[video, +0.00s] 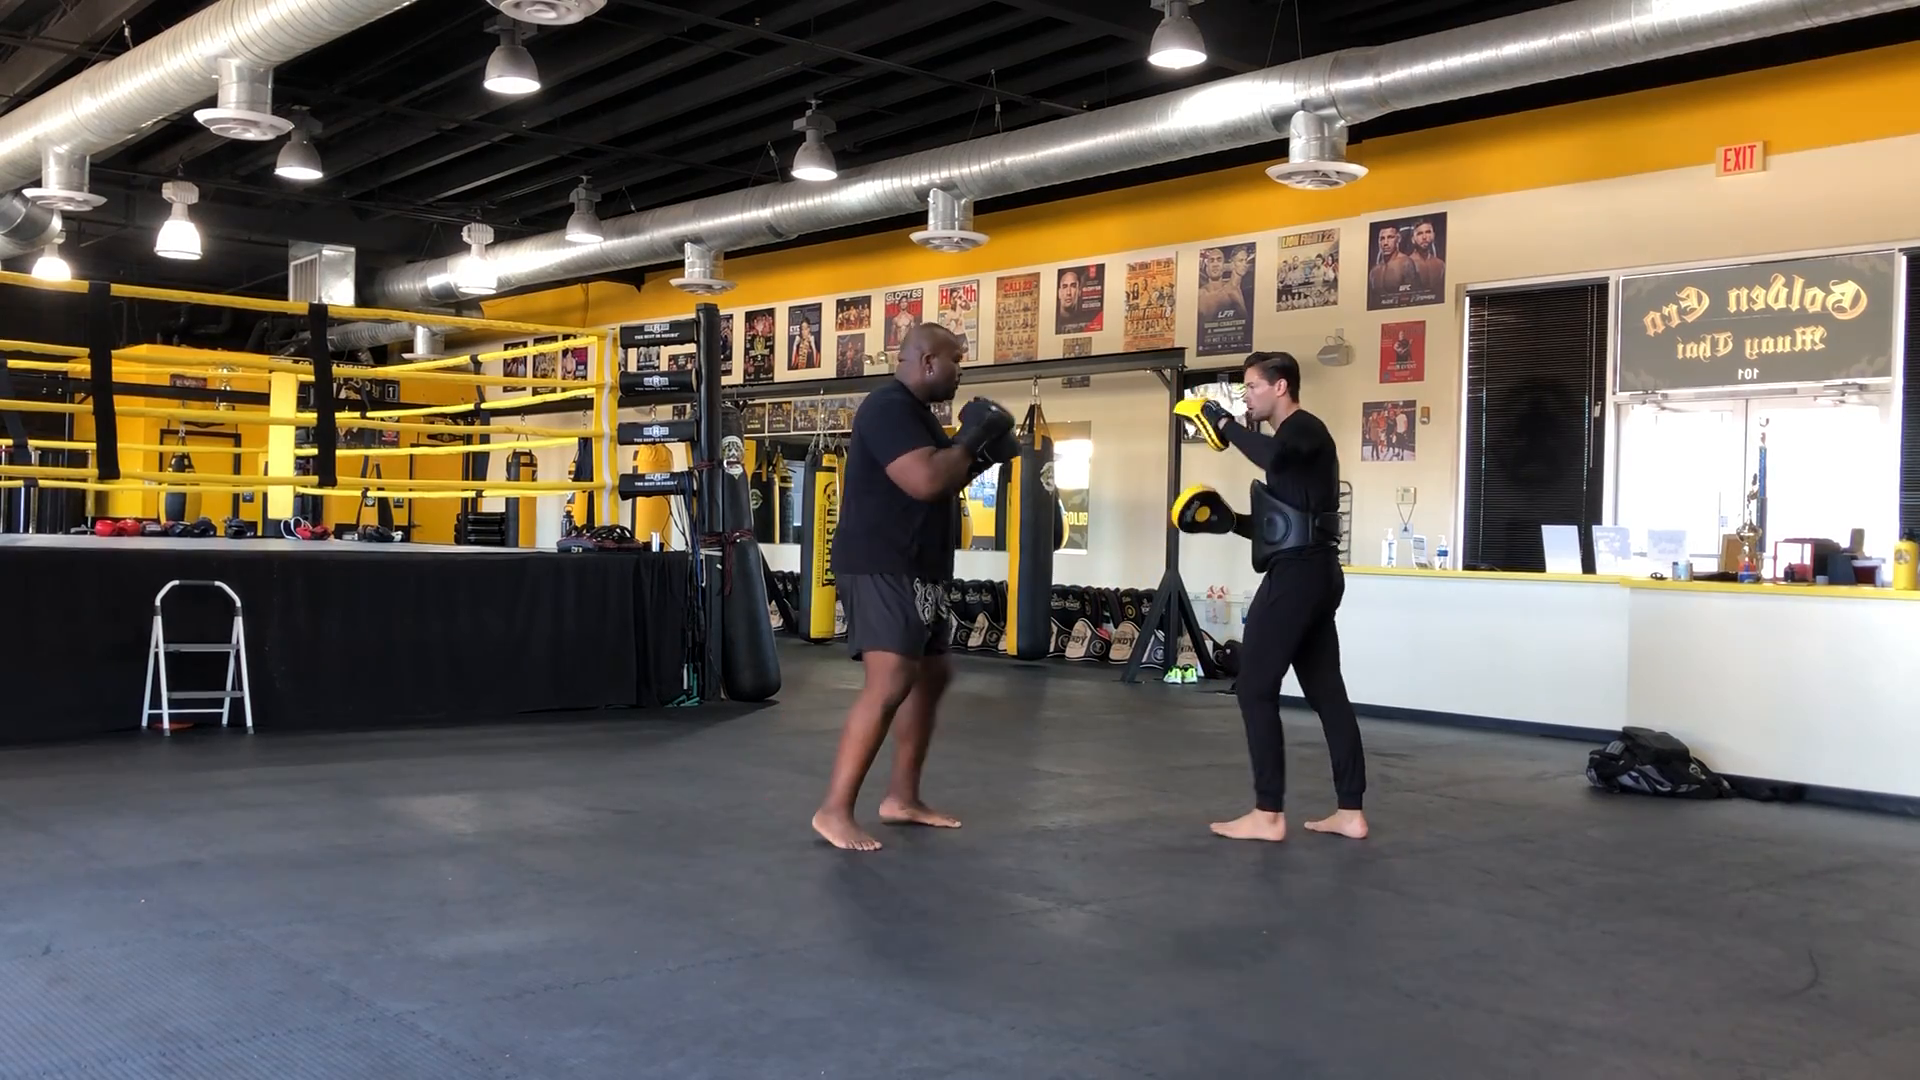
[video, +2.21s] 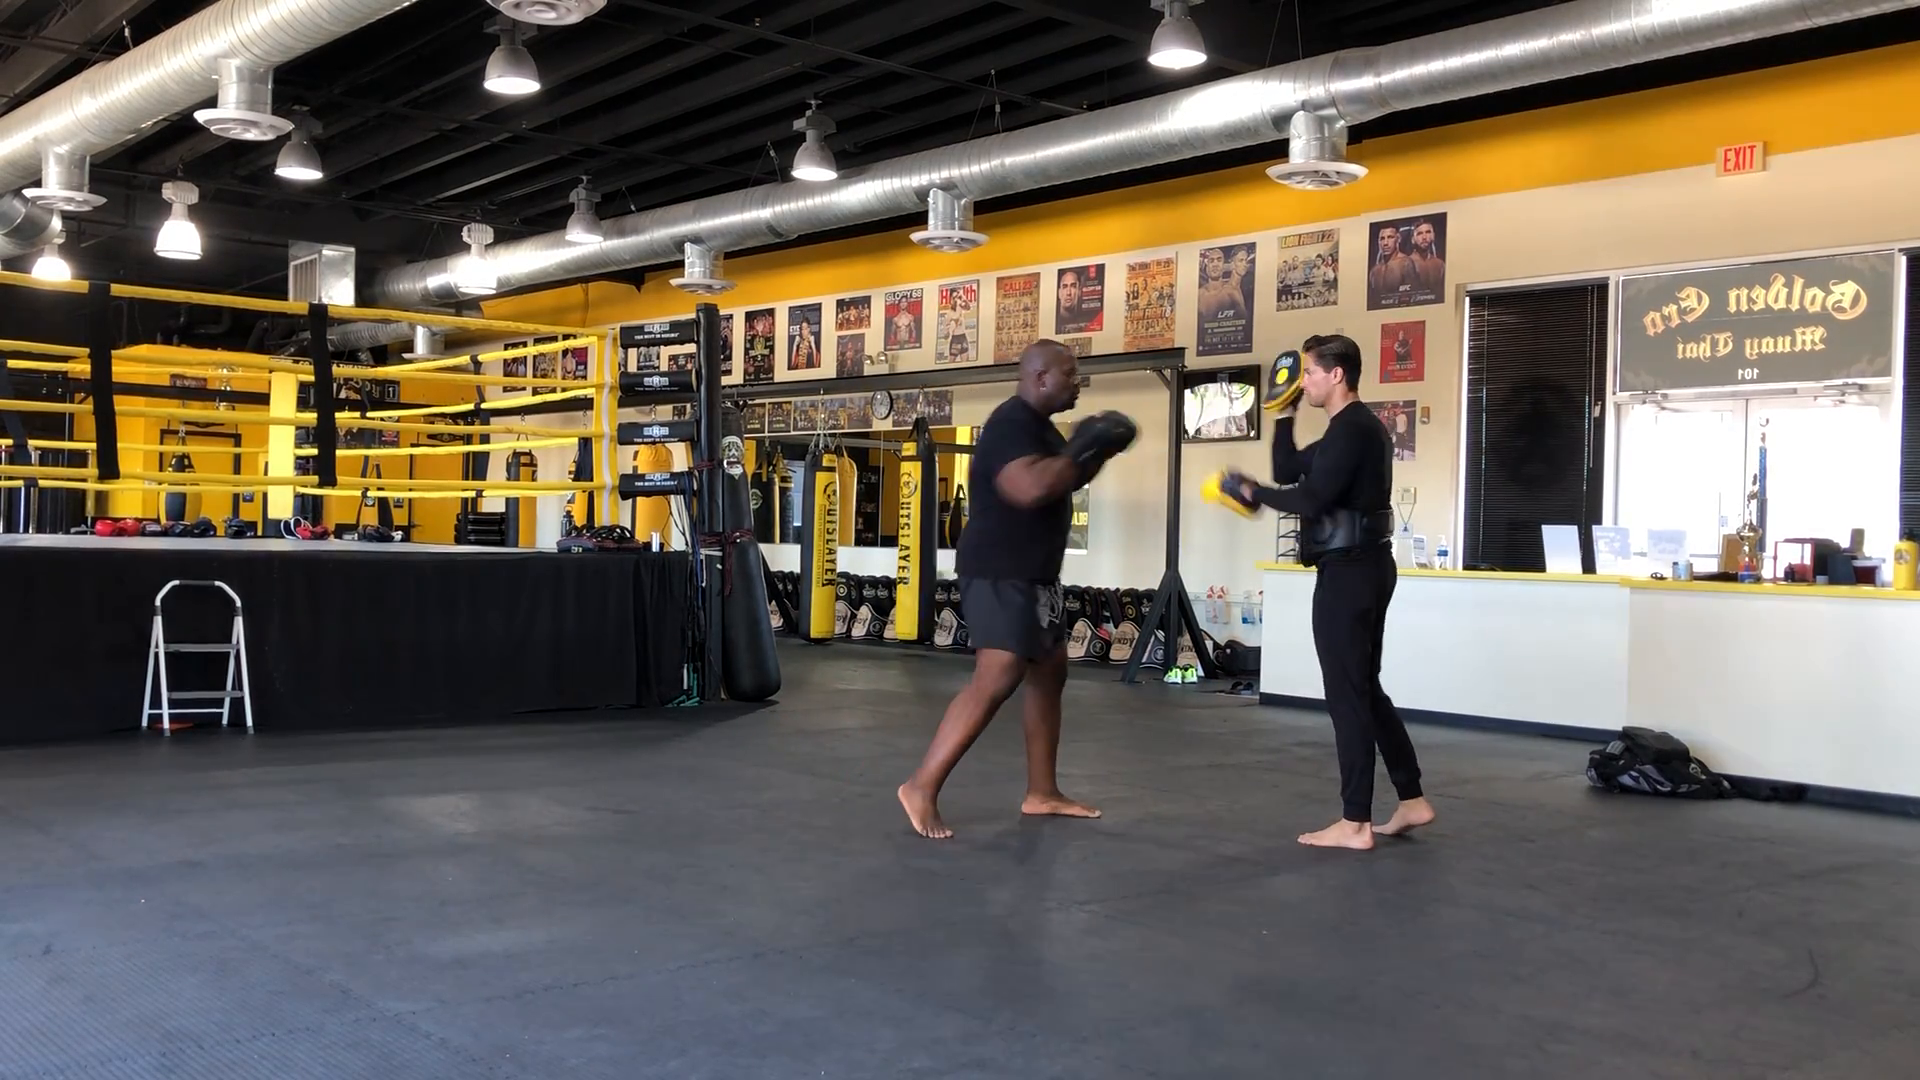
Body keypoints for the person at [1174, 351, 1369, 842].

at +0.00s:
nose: (1245, 395)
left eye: (1252, 386)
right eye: (1244, 387)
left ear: (1281, 386)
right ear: (1278, 388)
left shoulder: (1303, 426)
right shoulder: (1296, 438)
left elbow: (1274, 455)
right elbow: (1283, 526)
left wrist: (1221, 420)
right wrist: (1229, 520)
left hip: (1296, 574)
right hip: (1314, 574)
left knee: (1254, 689)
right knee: (1328, 693)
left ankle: (1268, 815)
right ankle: (1350, 812)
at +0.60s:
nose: (1254, 395)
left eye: (1258, 385)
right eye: (1253, 386)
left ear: (1286, 382)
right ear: (1293, 385)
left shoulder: (1290, 428)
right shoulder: (1339, 433)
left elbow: (1258, 477)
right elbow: (1325, 501)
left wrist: (1201, 470)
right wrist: (1262, 508)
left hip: (1298, 568)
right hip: (1338, 565)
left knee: (1278, 690)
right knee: (1342, 681)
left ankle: (1274, 815)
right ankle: (1400, 793)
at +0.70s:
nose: (1265, 395)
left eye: (1270, 385)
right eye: (1263, 386)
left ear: (1297, 383)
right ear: (1303, 385)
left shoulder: (1304, 436)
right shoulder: (1349, 436)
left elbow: (1292, 508)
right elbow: (1327, 511)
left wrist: (1242, 513)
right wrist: (1262, 515)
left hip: (1308, 572)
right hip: (1347, 571)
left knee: (1282, 695)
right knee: (1353, 687)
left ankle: (1275, 816)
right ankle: (1410, 796)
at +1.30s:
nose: (1333, 394)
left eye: (1339, 385)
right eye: (1333, 385)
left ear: (1367, 385)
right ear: (1369, 387)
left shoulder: (1379, 433)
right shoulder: (1399, 437)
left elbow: (1356, 492)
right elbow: (1356, 509)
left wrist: (1307, 464)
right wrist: (1307, 490)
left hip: (1368, 579)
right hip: (1399, 578)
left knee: (1341, 698)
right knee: (1408, 698)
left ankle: (1355, 823)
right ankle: (1423, 816)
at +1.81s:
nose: (1317, 389)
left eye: (1324, 379)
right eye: (1318, 379)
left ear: (1350, 379)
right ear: (1359, 381)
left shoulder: (1348, 426)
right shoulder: (1402, 435)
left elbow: (1286, 455)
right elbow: (1349, 481)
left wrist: (1286, 395)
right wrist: (1299, 465)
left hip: (1344, 572)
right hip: (1389, 572)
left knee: (1342, 698)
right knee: (1394, 693)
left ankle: (1355, 822)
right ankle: (1421, 812)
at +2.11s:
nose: (1305, 383)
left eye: (1309, 373)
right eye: (1305, 373)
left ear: (1335, 374)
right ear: (1346, 375)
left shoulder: (1338, 427)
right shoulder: (1384, 430)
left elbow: (1277, 480)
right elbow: (1325, 477)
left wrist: (1228, 447)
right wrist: (1290, 425)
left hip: (1341, 569)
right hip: (1378, 566)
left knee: (1344, 696)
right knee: (1376, 690)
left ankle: (1355, 822)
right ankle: (1415, 804)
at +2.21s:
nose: (1302, 381)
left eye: (1309, 373)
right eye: (1303, 372)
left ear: (1336, 375)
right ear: (1339, 376)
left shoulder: (1350, 427)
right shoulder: (1357, 425)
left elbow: (1314, 499)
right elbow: (1288, 469)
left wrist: (1257, 495)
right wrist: (1282, 410)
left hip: (1347, 573)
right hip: (1368, 569)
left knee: (1345, 696)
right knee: (1364, 688)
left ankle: (1355, 823)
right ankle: (1413, 800)